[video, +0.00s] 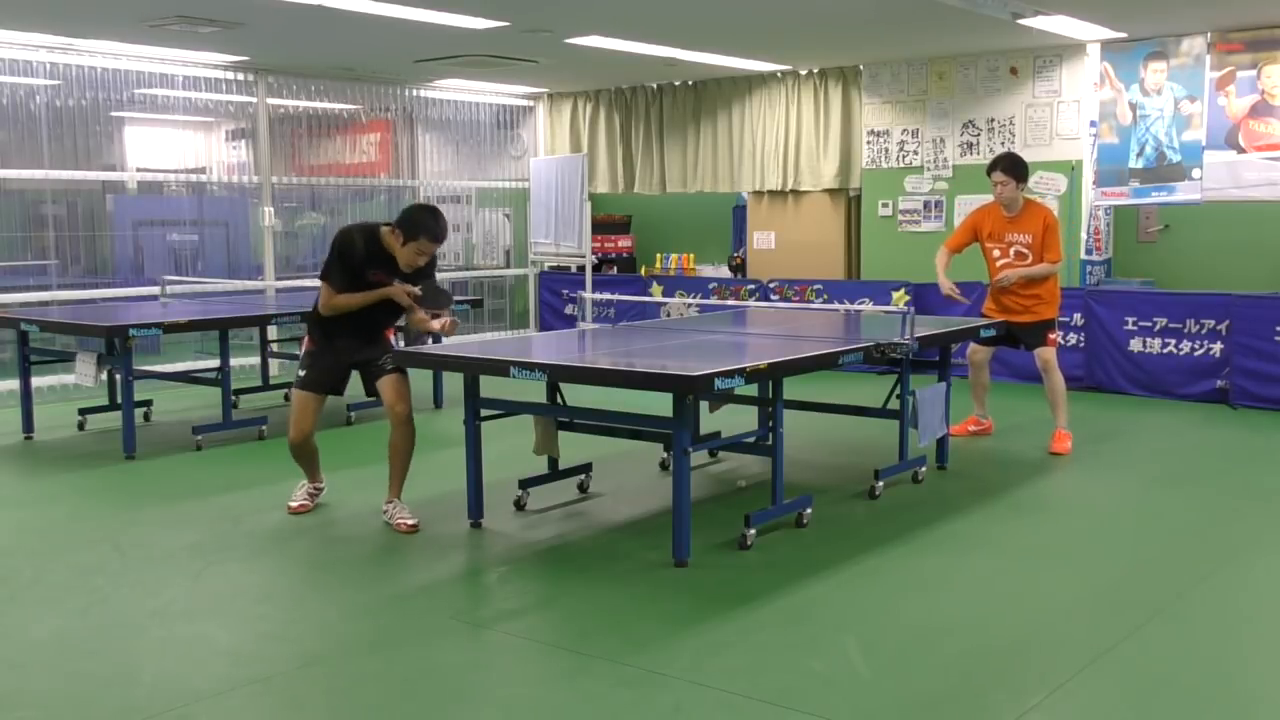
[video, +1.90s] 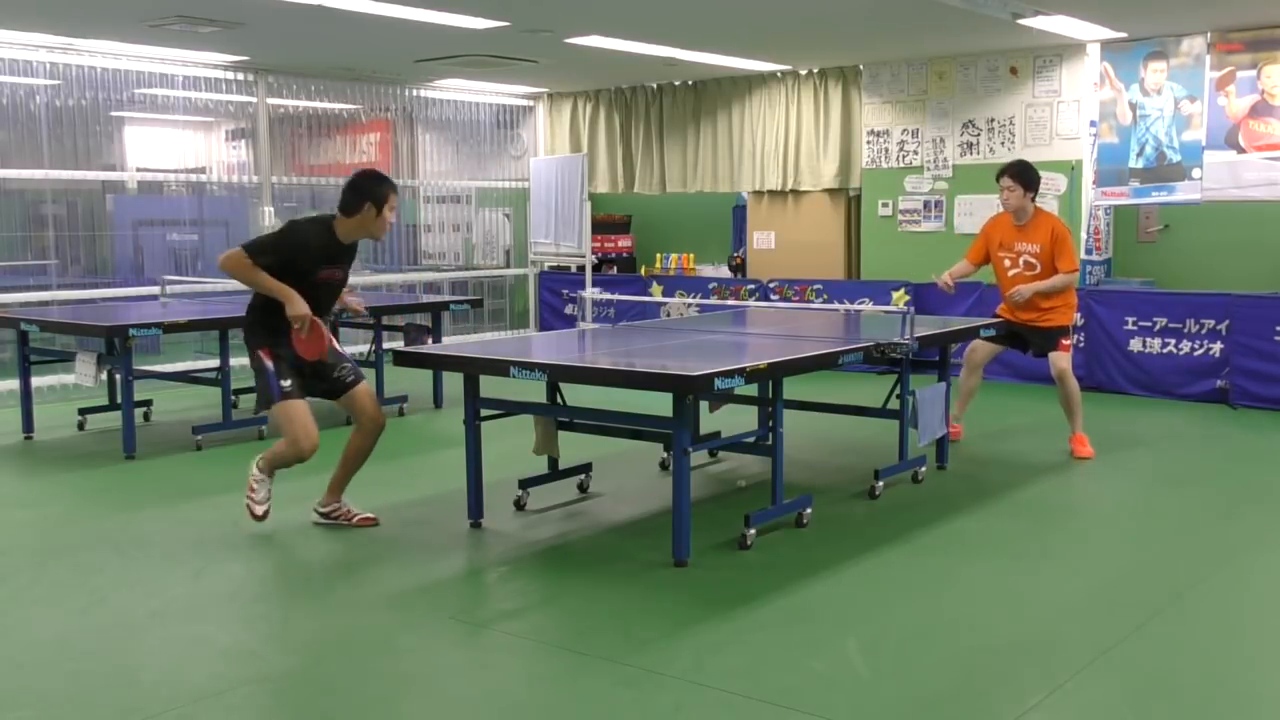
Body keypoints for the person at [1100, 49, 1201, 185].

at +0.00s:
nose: (1158, 77)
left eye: (1162, 72)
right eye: (1154, 71)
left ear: (1167, 73)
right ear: (1143, 72)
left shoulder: (1173, 89)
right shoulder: (1135, 91)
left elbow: (1198, 106)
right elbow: (1125, 121)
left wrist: (1191, 107)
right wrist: (1120, 95)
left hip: (1171, 161)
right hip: (1141, 163)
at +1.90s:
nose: (1158, 77)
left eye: (1162, 71)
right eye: (1154, 71)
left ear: (1167, 73)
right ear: (1143, 72)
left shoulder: (1173, 89)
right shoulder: (1135, 91)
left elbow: (1198, 105)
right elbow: (1125, 120)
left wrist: (1191, 107)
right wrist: (1120, 95)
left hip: (1171, 161)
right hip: (1141, 164)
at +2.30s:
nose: (1158, 77)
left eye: (1162, 71)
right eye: (1154, 71)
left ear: (1168, 72)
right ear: (1143, 72)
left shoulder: (1173, 89)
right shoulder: (1135, 90)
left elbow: (1199, 105)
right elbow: (1125, 120)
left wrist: (1191, 107)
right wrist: (1121, 95)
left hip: (1171, 162)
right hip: (1141, 164)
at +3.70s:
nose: (1158, 76)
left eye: (1162, 71)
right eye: (1154, 71)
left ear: (1167, 72)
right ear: (1143, 72)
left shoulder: (1173, 89)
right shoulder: (1135, 90)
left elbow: (1198, 105)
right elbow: (1125, 120)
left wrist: (1191, 106)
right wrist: (1120, 94)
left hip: (1171, 161)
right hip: (1141, 163)